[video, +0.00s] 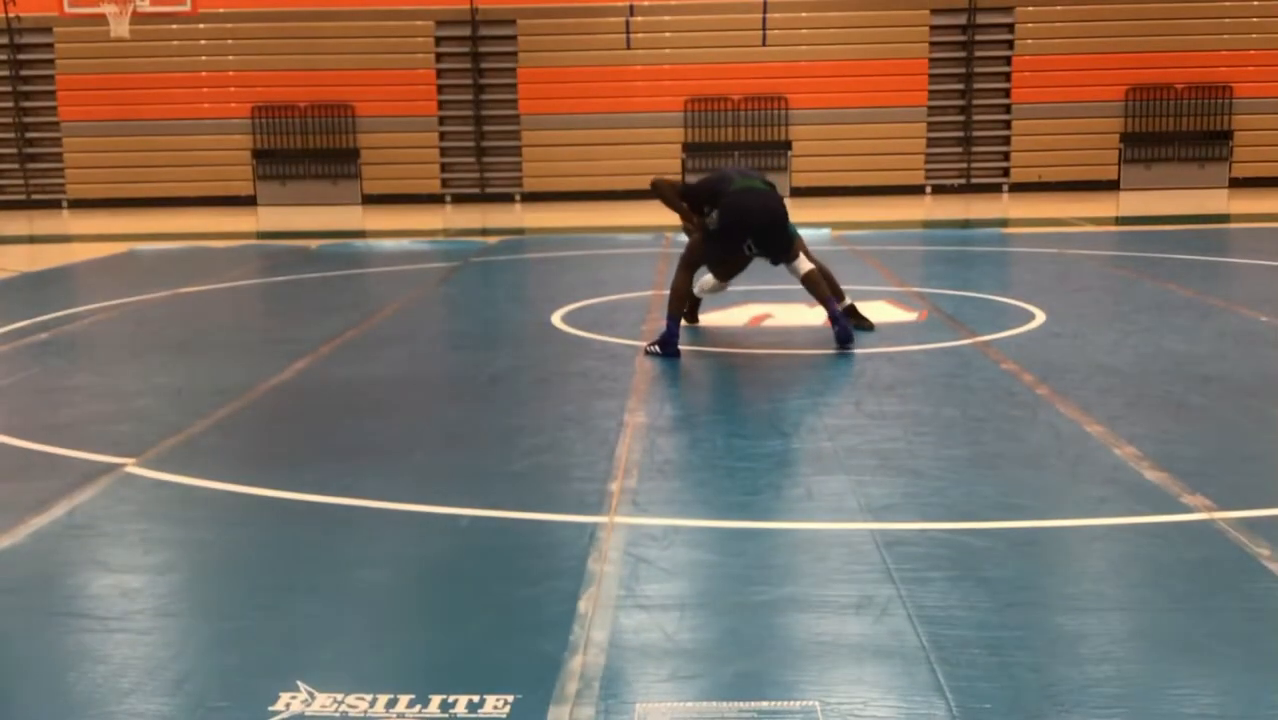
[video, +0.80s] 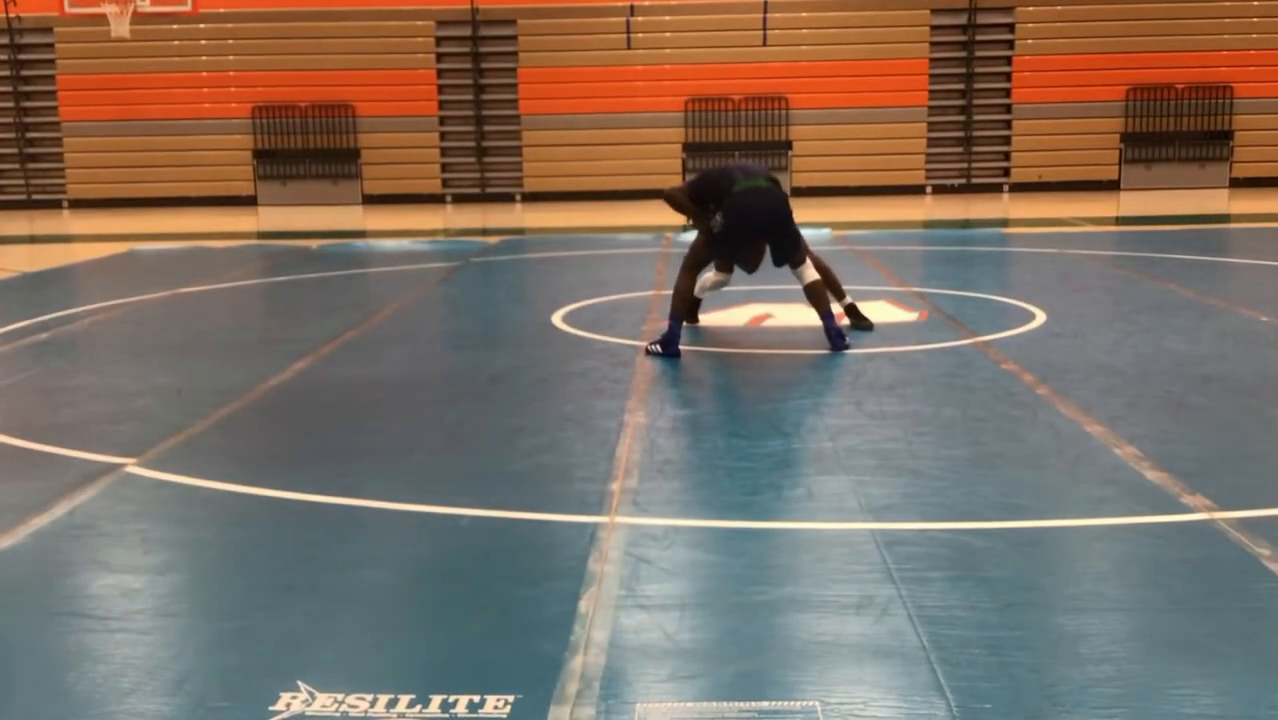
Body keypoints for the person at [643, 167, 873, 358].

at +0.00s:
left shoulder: (704, 191)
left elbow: (658, 184)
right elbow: (811, 262)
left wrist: (684, 215)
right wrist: (844, 306)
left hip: (731, 212)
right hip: (770, 209)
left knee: (685, 268)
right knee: (800, 265)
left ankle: (669, 339)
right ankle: (840, 321)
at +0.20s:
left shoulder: (714, 193)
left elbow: (667, 196)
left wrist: (705, 226)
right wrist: (848, 309)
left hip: (737, 205)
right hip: (776, 205)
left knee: (691, 269)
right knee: (804, 270)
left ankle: (670, 339)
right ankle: (833, 333)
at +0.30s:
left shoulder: (715, 189)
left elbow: (669, 197)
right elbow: (752, 264)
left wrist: (705, 225)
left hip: (736, 207)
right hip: (776, 206)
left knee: (692, 270)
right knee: (805, 270)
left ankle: (670, 340)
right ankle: (834, 332)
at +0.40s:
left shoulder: (711, 190)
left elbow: (668, 194)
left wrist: (702, 219)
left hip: (735, 206)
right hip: (775, 203)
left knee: (691, 269)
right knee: (803, 270)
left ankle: (670, 339)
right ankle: (834, 333)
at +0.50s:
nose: (753, 262)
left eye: (753, 259)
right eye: (752, 258)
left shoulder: (710, 186)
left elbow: (671, 189)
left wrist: (702, 213)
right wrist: (844, 306)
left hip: (735, 206)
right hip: (774, 203)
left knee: (691, 270)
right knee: (804, 269)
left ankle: (670, 339)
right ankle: (834, 333)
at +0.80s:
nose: (753, 267)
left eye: (753, 264)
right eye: (752, 264)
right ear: (756, 243)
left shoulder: (707, 187)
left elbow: (670, 194)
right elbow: (814, 263)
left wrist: (702, 221)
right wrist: (848, 306)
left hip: (735, 208)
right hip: (774, 203)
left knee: (689, 270)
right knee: (804, 270)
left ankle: (670, 339)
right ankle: (835, 334)